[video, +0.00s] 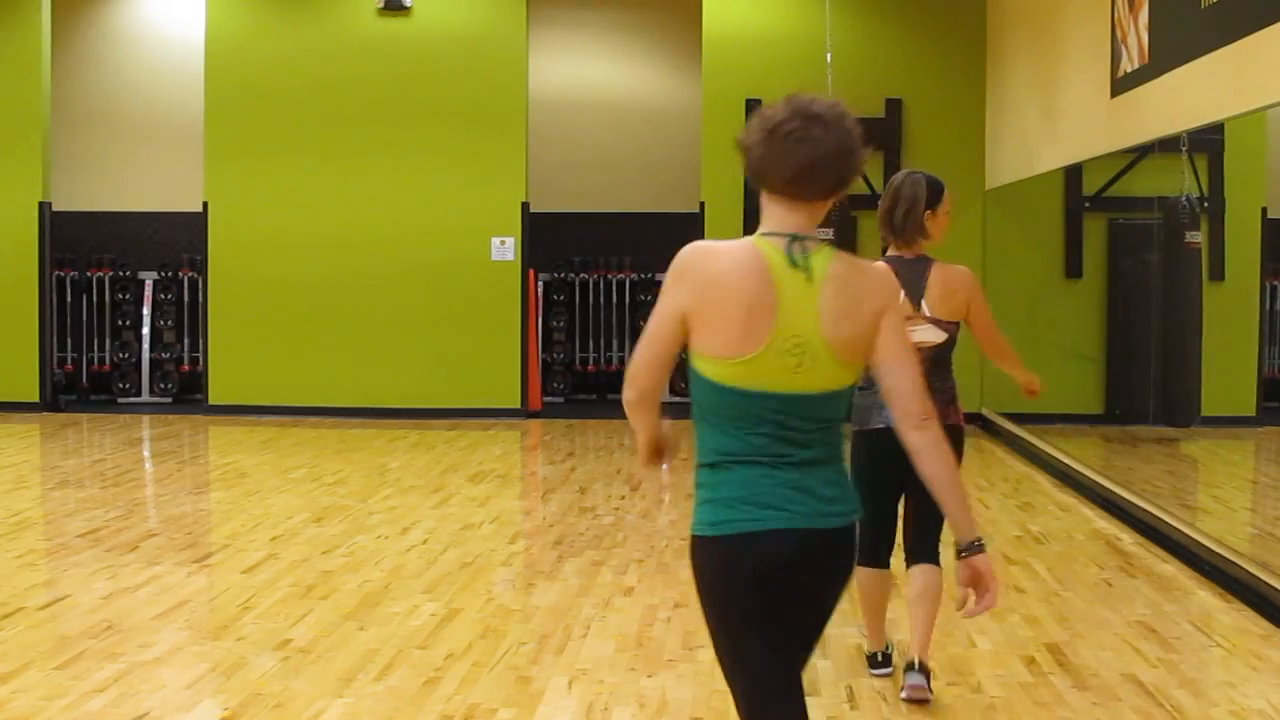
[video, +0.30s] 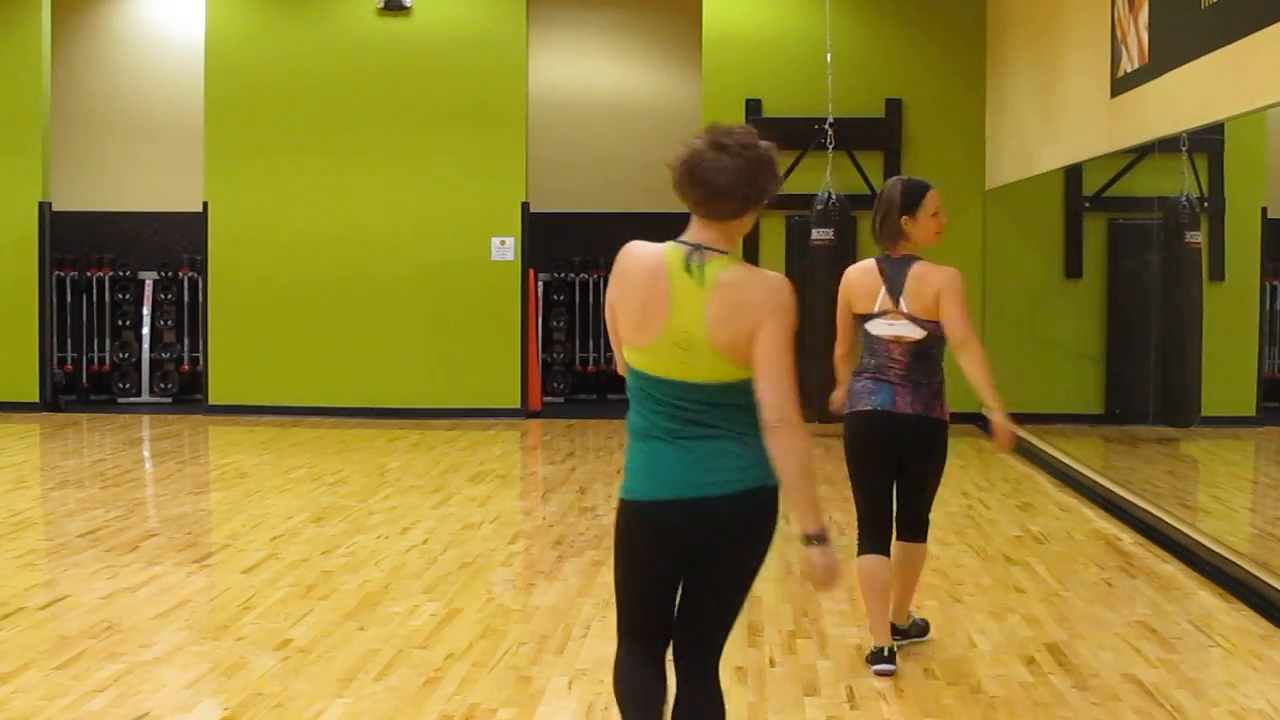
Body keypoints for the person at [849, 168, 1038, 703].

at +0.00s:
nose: (949, 220)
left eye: (948, 211)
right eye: (946, 212)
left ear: (890, 215)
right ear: (929, 217)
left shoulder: (866, 278)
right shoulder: (957, 281)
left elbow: (846, 344)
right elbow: (993, 344)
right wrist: (1023, 375)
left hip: (874, 428)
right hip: (935, 427)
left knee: (873, 536)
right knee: (924, 542)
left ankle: (877, 648)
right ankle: (918, 663)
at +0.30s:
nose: (943, 222)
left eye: (941, 213)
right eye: (935, 215)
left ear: (897, 221)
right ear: (907, 220)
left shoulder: (855, 277)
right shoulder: (943, 279)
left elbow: (844, 347)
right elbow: (964, 344)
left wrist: (842, 387)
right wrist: (995, 409)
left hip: (865, 423)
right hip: (923, 426)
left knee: (872, 528)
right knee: (913, 521)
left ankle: (881, 646)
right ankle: (899, 617)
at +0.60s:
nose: (919, 220)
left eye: (920, 210)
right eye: (906, 215)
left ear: (924, 213)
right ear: (882, 224)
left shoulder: (897, 266)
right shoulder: (895, 273)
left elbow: (910, 338)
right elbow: (886, 349)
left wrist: (951, 366)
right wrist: (901, 414)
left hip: (885, 405)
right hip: (901, 411)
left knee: (899, 505)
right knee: (911, 514)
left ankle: (845, 591)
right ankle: (891, 618)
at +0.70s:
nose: (910, 216)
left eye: (914, 207)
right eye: (898, 211)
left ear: (920, 211)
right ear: (877, 219)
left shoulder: (916, 263)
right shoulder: (878, 270)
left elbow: (918, 334)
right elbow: (863, 342)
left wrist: (948, 373)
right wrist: (895, 403)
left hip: (909, 402)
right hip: (883, 405)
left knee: (900, 502)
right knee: (904, 508)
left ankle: (867, 583)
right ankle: (888, 610)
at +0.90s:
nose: (896, 224)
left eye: (902, 215)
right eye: (886, 217)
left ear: (912, 221)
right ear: (869, 226)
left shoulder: (931, 282)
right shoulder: (849, 278)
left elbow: (942, 346)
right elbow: (830, 345)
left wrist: (948, 402)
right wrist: (861, 402)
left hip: (912, 411)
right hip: (861, 412)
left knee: (892, 507)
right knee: (880, 509)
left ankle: (873, 592)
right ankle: (902, 602)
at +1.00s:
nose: (889, 223)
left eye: (896, 216)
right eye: (879, 217)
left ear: (909, 223)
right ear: (867, 226)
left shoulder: (927, 288)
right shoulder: (842, 277)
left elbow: (943, 352)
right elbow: (821, 342)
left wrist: (955, 409)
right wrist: (833, 400)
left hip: (903, 414)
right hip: (850, 412)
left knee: (890, 507)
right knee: (853, 504)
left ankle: (876, 591)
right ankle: (879, 589)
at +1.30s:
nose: (871, 215)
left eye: (881, 208)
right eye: (866, 208)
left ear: (901, 217)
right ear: (858, 216)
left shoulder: (912, 277)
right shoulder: (836, 269)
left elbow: (920, 340)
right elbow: (811, 328)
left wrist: (909, 383)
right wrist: (784, 382)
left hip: (883, 403)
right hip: (832, 399)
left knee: (876, 501)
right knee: (818, 494)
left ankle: (871, 593)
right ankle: (827, 576)